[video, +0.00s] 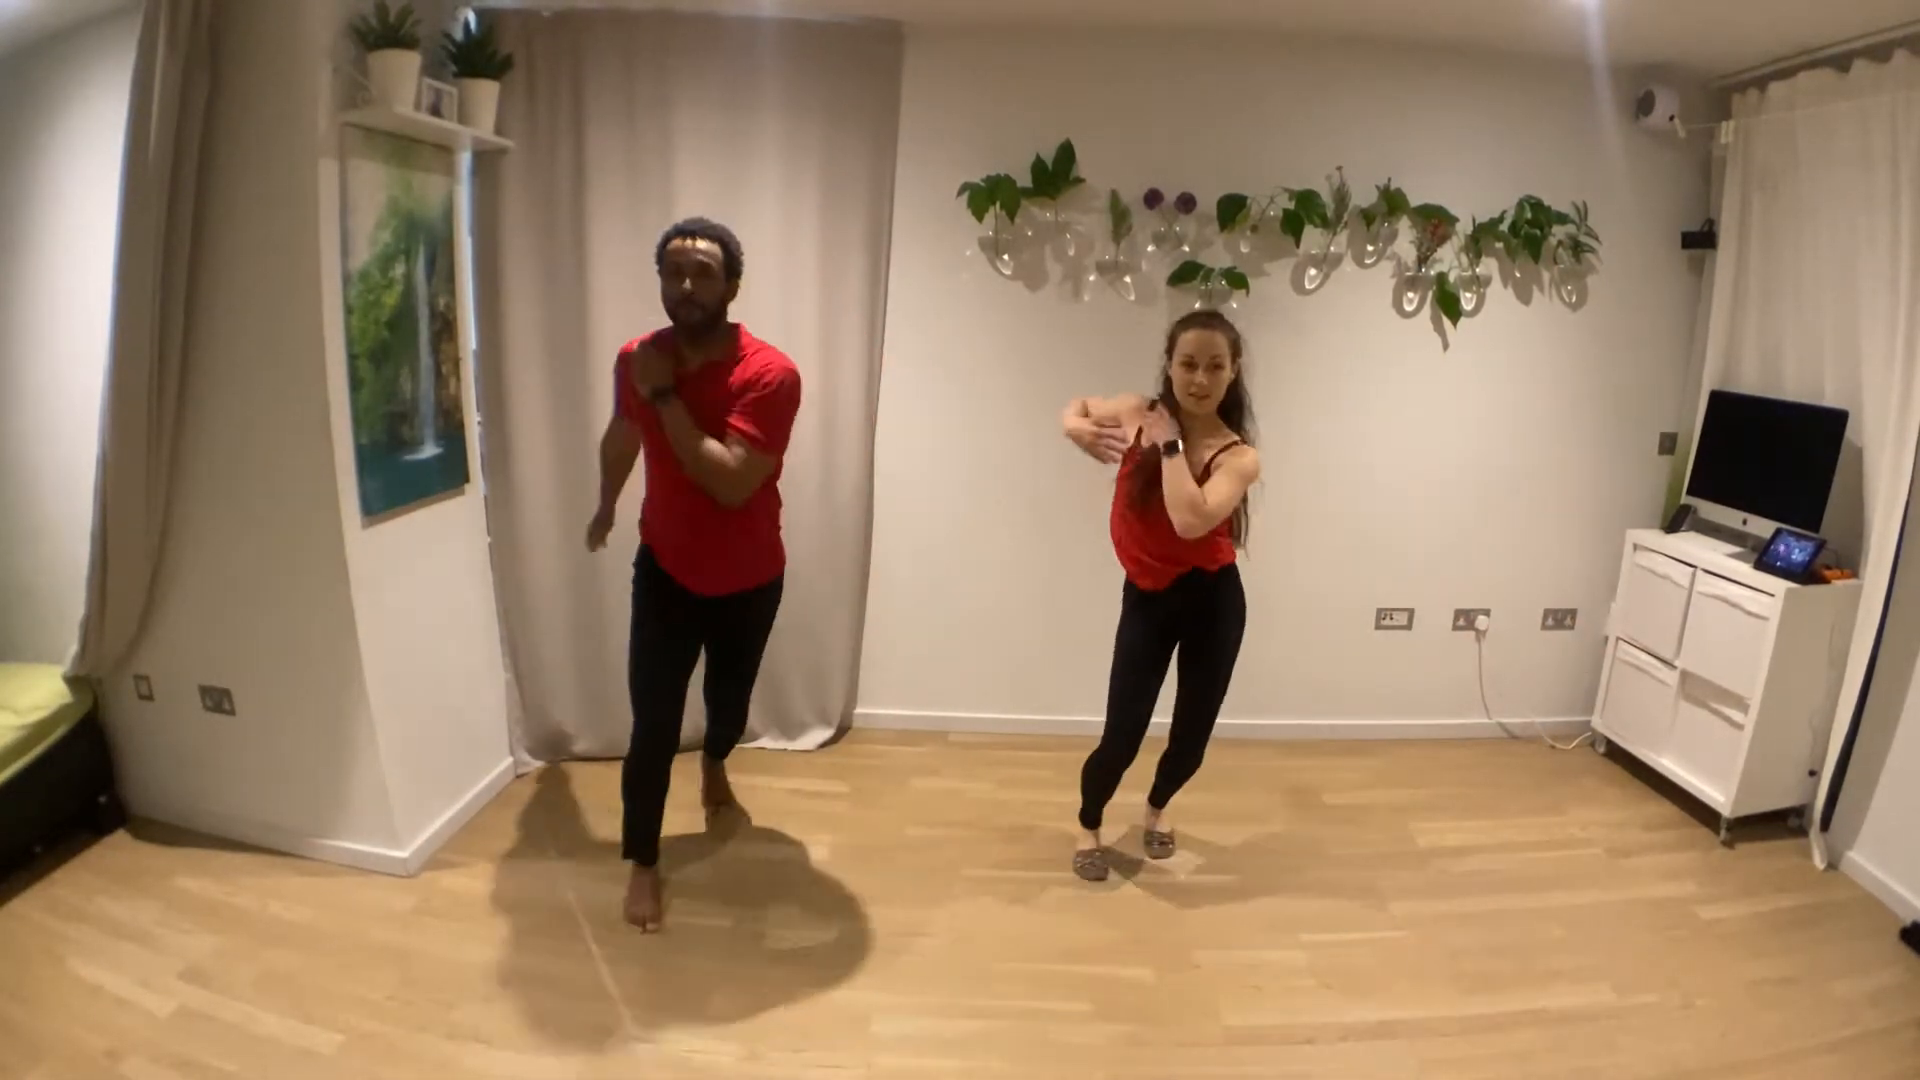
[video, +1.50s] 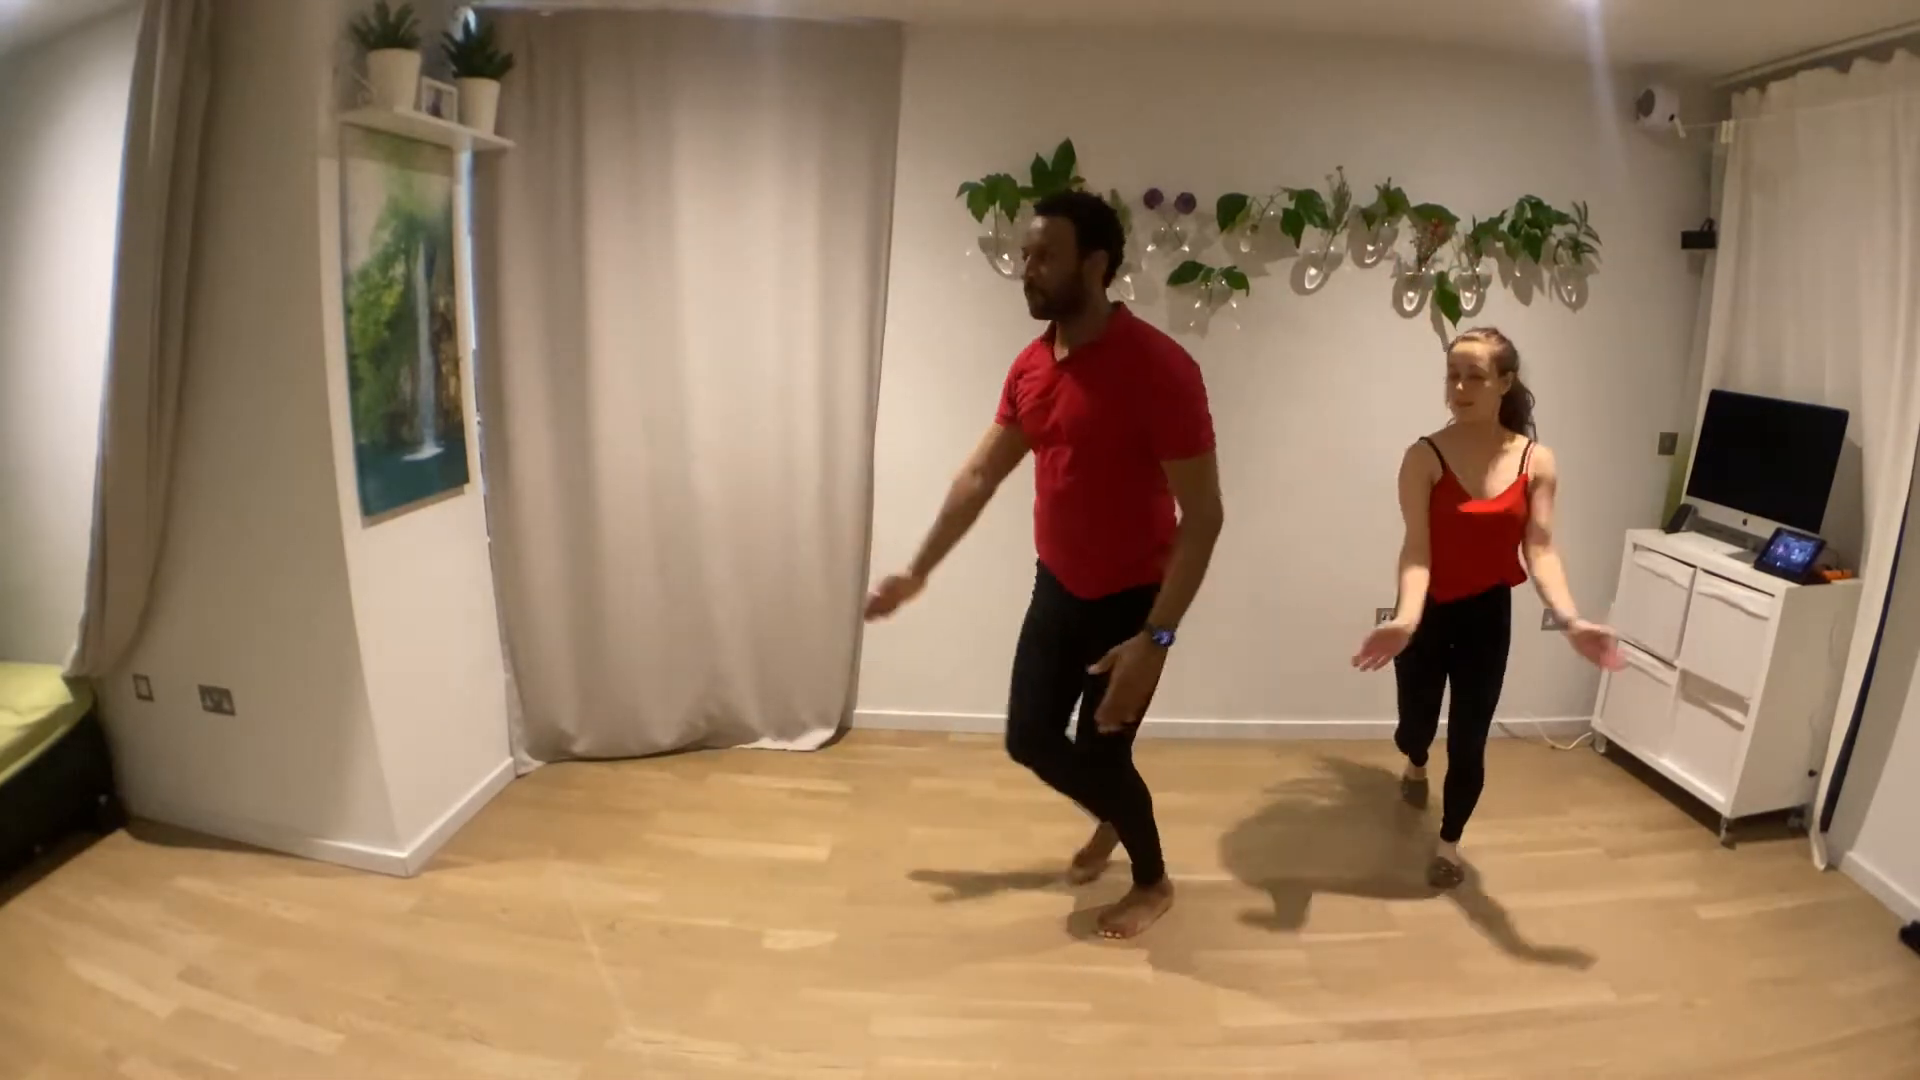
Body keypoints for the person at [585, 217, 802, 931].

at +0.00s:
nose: (686, 287)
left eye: (703, 274)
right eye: (674, 274)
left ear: (733, 286)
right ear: (660, 284)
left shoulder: (769, 374)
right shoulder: (640, 361)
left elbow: (734, 482)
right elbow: (622, 438)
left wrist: (665, 396)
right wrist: (607, 508)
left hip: (748, 577)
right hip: (668, 569)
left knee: (729, 701)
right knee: (656, 727)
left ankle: (714, 767)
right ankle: (642, 866)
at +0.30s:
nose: (709, 267)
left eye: (725, 257)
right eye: (694, 259)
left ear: (755, 278)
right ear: (674, 283)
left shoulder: (788, 363)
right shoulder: (658, 366)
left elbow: (824, 451)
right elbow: (722, 327)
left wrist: (845, 529)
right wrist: (818, 270)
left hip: (808, 582)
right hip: (722, 589)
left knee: (875, 733)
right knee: (696, 759)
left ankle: (941, 862)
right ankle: (642, 866)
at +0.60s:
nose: (839, 247)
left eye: (857, 237)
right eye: (824, 241)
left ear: (888, 264)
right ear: (811, 268)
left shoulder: (934, 353)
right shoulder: (799, 344)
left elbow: (967, 450)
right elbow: (771, 201)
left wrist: (993, 543)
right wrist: (782, 79)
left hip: (940, 586)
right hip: (853, 585)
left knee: (972, 746)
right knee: (782, 732)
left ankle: (962, 875)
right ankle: (678, 851)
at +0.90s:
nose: (955, 263)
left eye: (971, 248)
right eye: (941, 252)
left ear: (1003, 261)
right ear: (925, 268)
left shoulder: (1051, 358)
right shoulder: (905, 340)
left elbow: (1112, 462)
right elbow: (828, 242)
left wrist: (1110, 571)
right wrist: (780, 136)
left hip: (1033, 586)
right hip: (944, 584)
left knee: (1006, 753)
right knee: (949, 759)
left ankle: (965, 871)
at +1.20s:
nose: (1018, 282)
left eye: (1036, 266)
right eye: (1007, 267)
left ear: (1077, 271)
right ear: (995, 273)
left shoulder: (1130, 366)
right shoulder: (987, 355)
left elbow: (1216, 460)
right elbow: (878, 331)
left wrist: (1189, 573)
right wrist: (784, 295)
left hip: (1115, 587)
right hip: (1040, 586)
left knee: (1049, 746)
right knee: (1099, 712)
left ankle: (1070, 872)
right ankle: (1146, 799)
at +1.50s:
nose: (1025, 270)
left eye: (1044, 256)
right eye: (1024, 256)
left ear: (1099, 264)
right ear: (1030, 263)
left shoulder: (1161, 370)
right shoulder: (1036, 367)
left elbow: (1204, 516)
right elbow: (979, 475)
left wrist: (1156, 637)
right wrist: (917, 571)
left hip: (1133, 596)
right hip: (1059, 587)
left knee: (1100, 753)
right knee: (1030, 740)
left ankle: (1152, 881)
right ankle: (1119, 814)